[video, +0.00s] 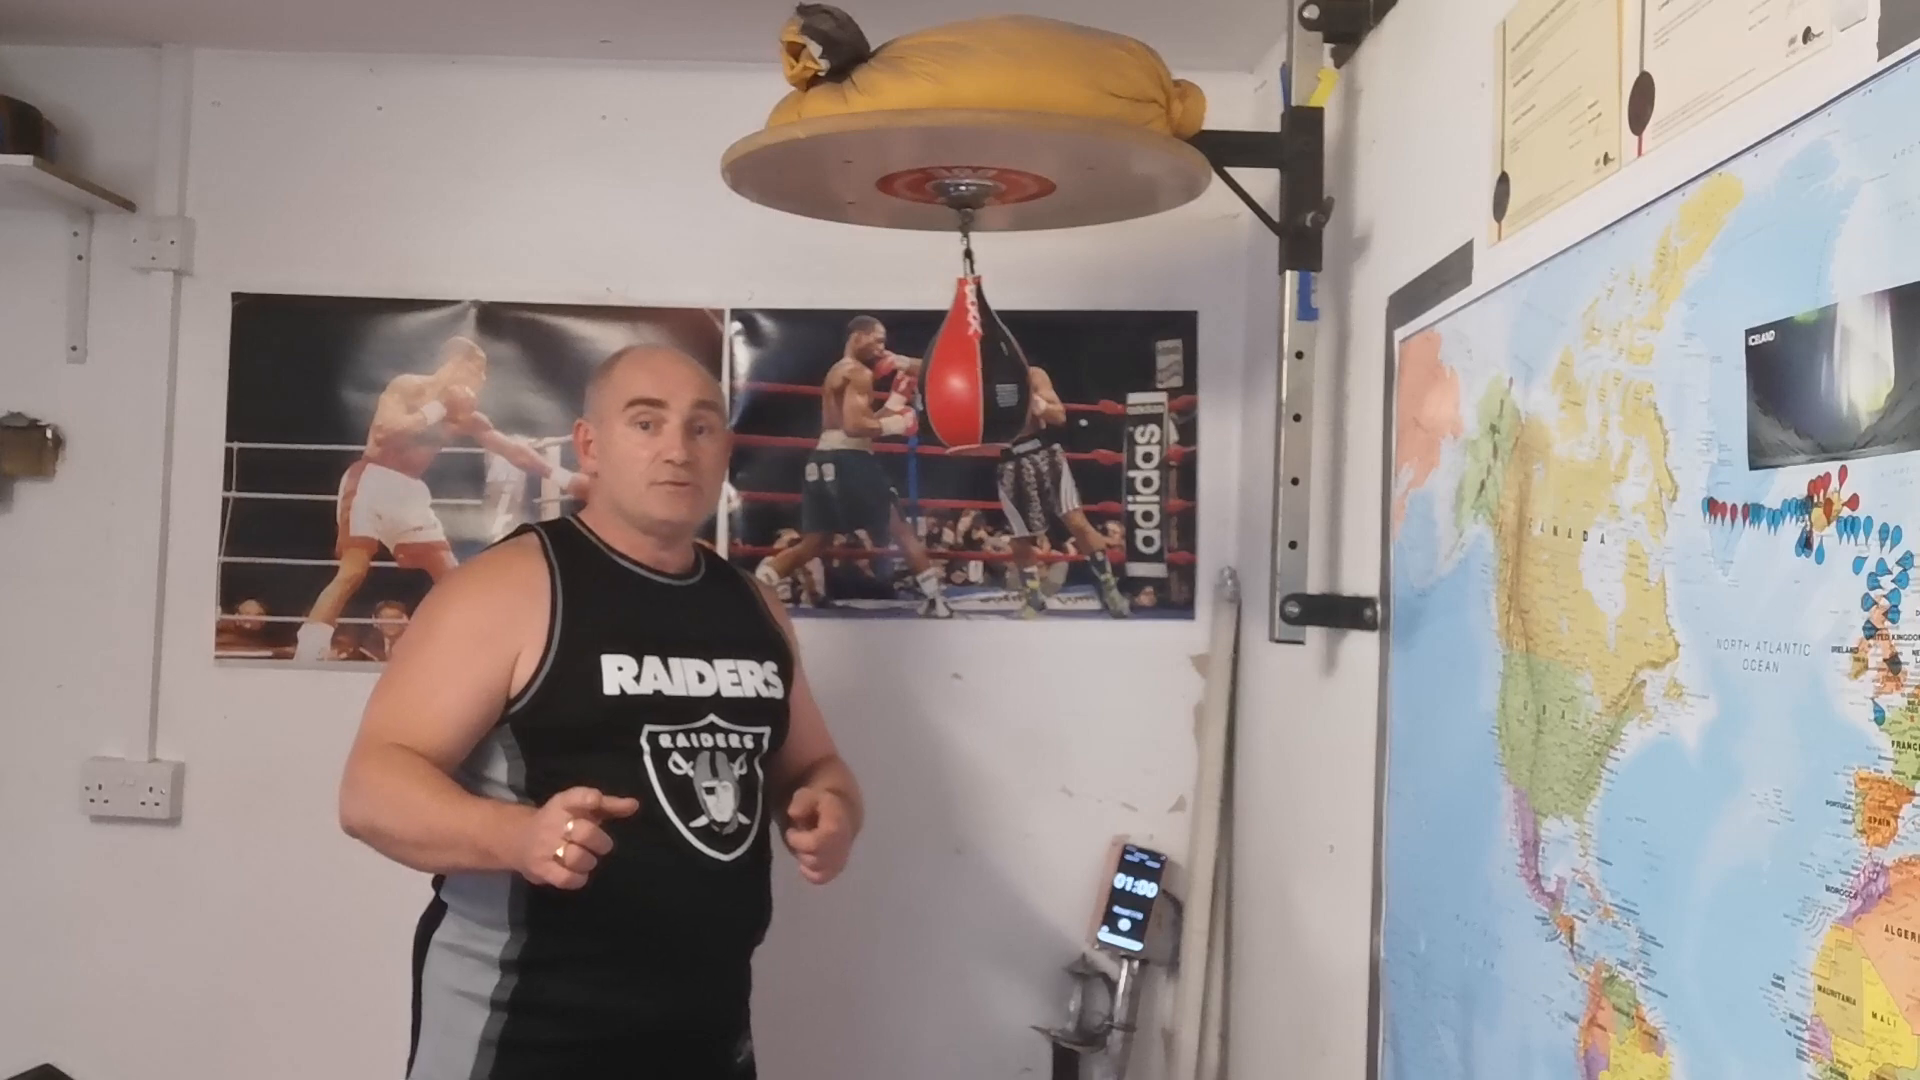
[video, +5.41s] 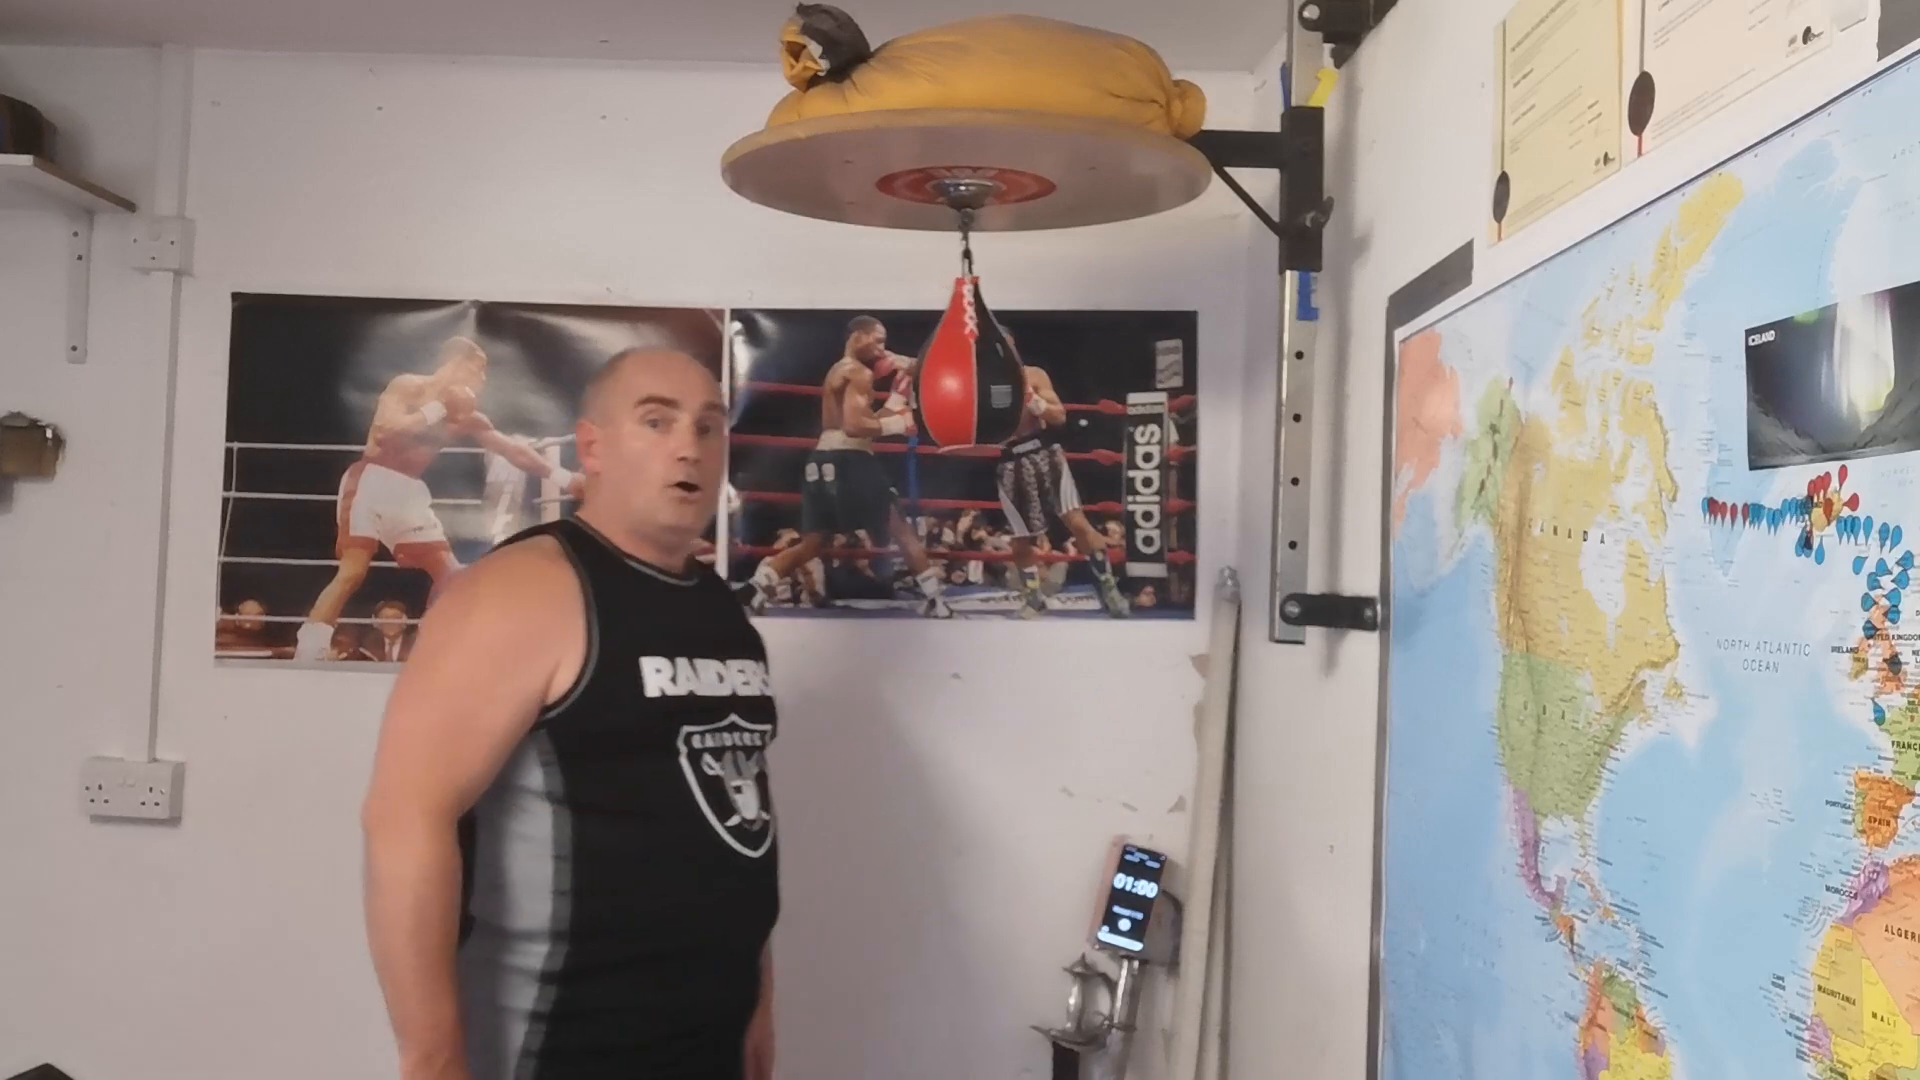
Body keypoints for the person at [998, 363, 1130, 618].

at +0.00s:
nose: (1001, 359)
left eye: (1004, 352)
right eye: (994, 356)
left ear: (1013, 352)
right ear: (987, 362)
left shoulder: (1034, 376)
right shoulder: (982, 387)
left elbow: (1059, 416)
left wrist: (1043, 408)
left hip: (1047, 456)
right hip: (1011, 465)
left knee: (1076, 522)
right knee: (1021, 536)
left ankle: (1110, 590)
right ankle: (1032, 599)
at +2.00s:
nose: (999, 356)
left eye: (1002, 349)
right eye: (993, 351)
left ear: (1012, 349)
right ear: (986, 354)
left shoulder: (1035, 375)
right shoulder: (982, 384)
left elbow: (1059, 416)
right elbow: (977, 426)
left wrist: (1038, 405)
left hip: (1046, 456)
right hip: (1011, 464)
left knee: (1075, 522)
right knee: (1022, 538)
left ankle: (1108, 588)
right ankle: (1033, 599)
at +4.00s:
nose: (993, 353)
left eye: (997, 346)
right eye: (989, 348)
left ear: (1009, 347)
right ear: (983, 353)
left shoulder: (1033, 375)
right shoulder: (983, 385)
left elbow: (1059, 416)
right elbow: (977, 423)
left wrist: (1033, 401)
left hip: (1045, 456)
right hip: (1011, 464)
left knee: (1076, 523)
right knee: (1022, 537)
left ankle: (1108, 587)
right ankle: (1031, 596)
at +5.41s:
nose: (1003, 354)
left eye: (1006, 346)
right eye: (997, 349)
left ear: (1014, 348)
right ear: (988, 356)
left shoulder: (1034, 376)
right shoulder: (984, 385)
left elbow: (1058, 417)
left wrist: (1038, 405)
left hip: (1046, 456)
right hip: (1012, 465)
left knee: (1076, 523)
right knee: (1022, 538)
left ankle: (1108, 588)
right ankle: (1032, 598)